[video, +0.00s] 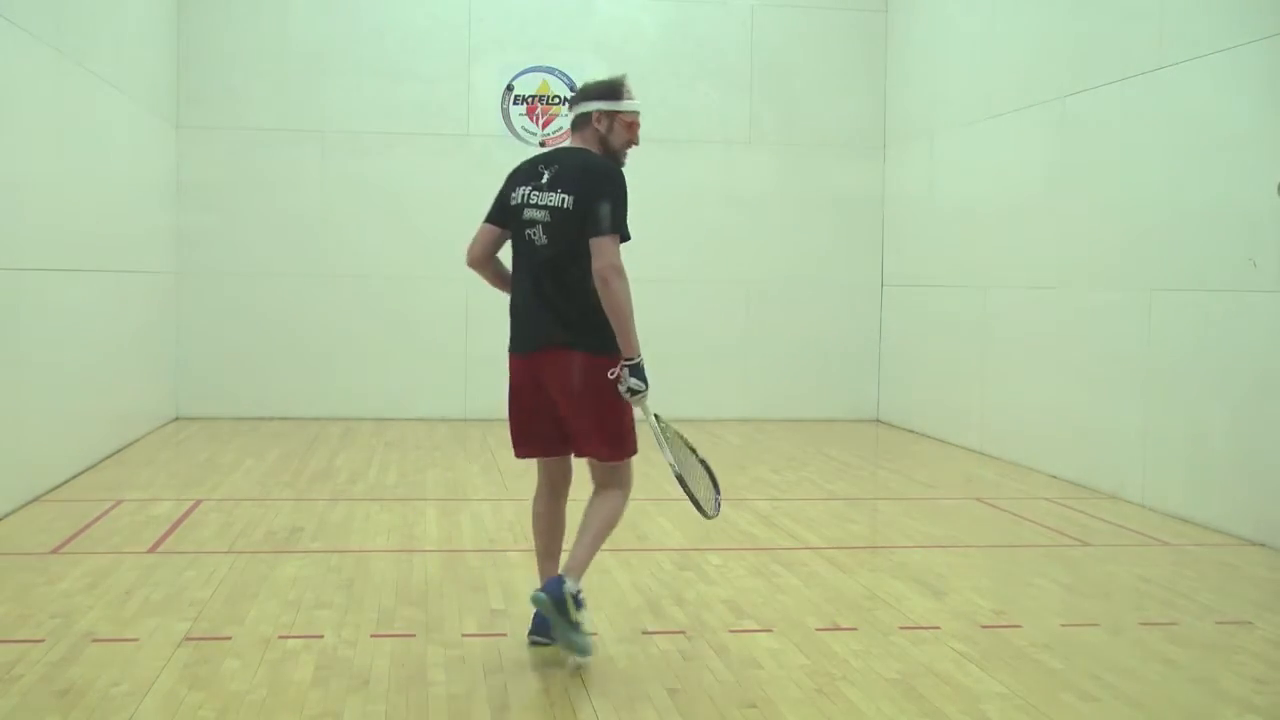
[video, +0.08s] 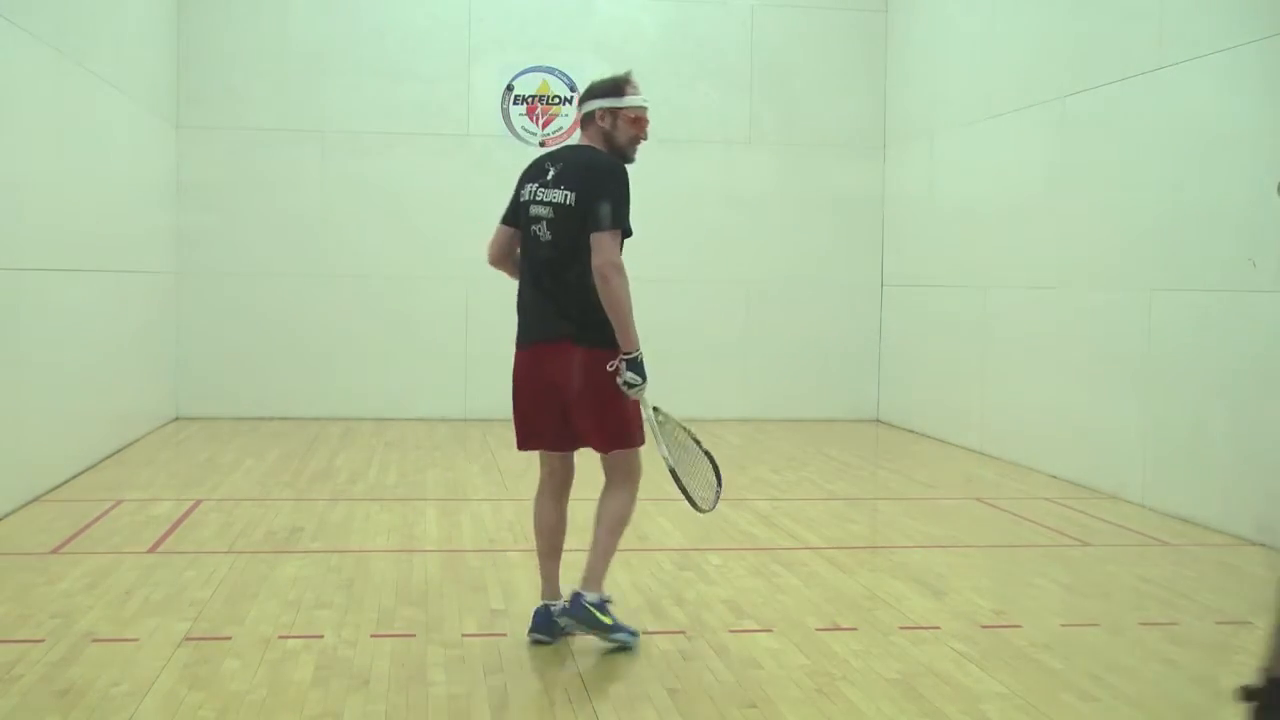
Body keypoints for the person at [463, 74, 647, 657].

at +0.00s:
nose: (635, 137)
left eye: (636, 126)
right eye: (629, 126)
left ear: (581, 125)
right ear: (599, 123)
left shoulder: (524, 173)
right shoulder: (602, 175)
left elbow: (479, 255)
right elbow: (606, 268)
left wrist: (526, 291)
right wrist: (632, 357)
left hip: (531, 355)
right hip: (586, 354)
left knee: (551, 477)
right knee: (613, 482)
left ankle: (549, 610)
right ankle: (566, 587)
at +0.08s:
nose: (644, 132)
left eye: (644, 121)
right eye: (635, 121)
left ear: (588, 124)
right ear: (600, 121)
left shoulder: (538, 168)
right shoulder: (605, 171)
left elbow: (501, 252)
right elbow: (606, 265)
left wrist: (552, 282)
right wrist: (632, 352)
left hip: (538, 353)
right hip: (592, 352)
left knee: (553, 476)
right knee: (623, 473)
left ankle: (549, 606)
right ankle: (590, 593)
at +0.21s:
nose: (655, 131)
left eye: (655, 120)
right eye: (647, 121)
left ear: (608, 122)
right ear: (612, 120)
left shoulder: (556, 167)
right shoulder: (612, 173)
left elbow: (535, 253)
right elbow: (607, 266)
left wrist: (616, 276)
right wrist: (637, 346)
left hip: (549, 348)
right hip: (603, 349)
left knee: (561, 470)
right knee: (628, 468)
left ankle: (551, 599)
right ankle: (620, 593)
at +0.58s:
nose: (676, 130)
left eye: (678, 120)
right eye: (666, 121)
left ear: (643, 127)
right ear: (635, 125)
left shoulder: (608, 171)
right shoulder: (629, 175)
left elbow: (621, 255)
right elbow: (649, 252)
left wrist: (680, 282)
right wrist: (713, 309)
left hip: (600, 338)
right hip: (623, 343)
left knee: (619, 456)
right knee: (632, 463)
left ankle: (568, 571)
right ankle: (619, 592)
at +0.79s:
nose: (683, 133)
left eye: (685, 123)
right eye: (673, 124)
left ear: (672, 127)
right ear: (641, 127)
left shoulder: (624, 174)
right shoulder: (634, 176)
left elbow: (632, 251)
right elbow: (656, 245)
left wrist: (675, 279)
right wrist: (726, 287)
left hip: (616, 338)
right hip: (625, 341)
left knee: (620, 459)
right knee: (634, 462)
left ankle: (617, 575)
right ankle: (619, 592)